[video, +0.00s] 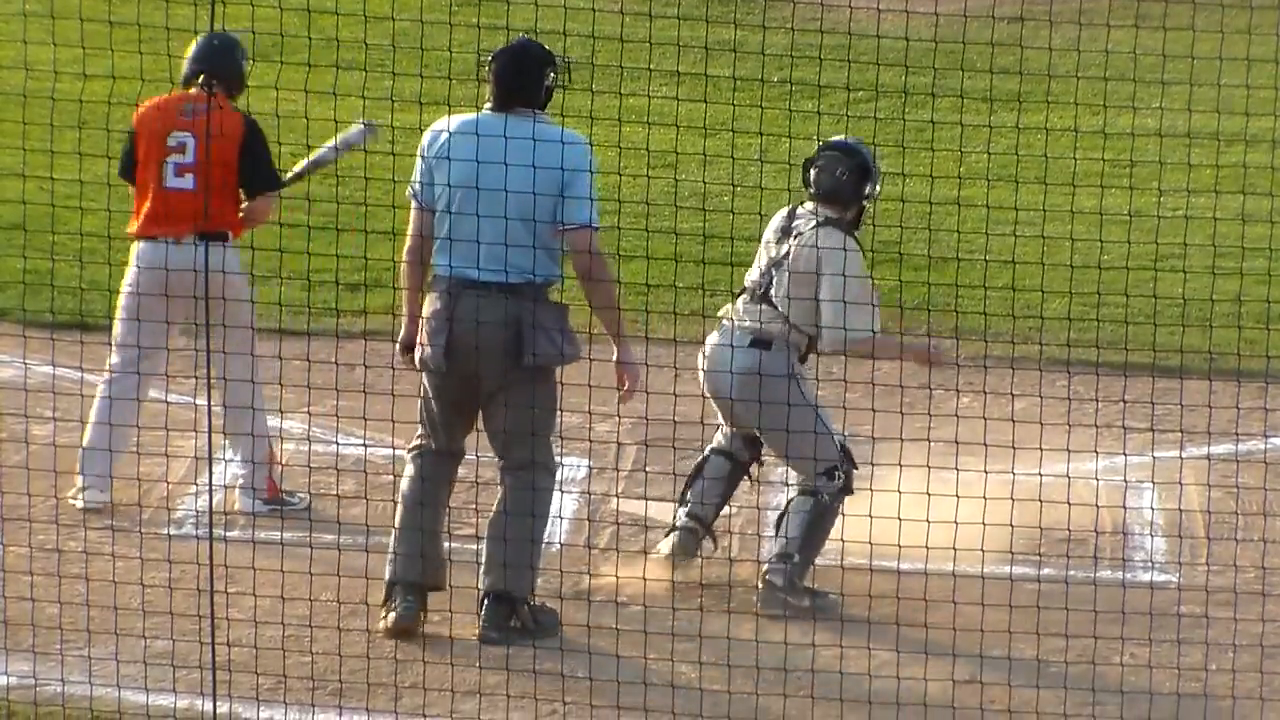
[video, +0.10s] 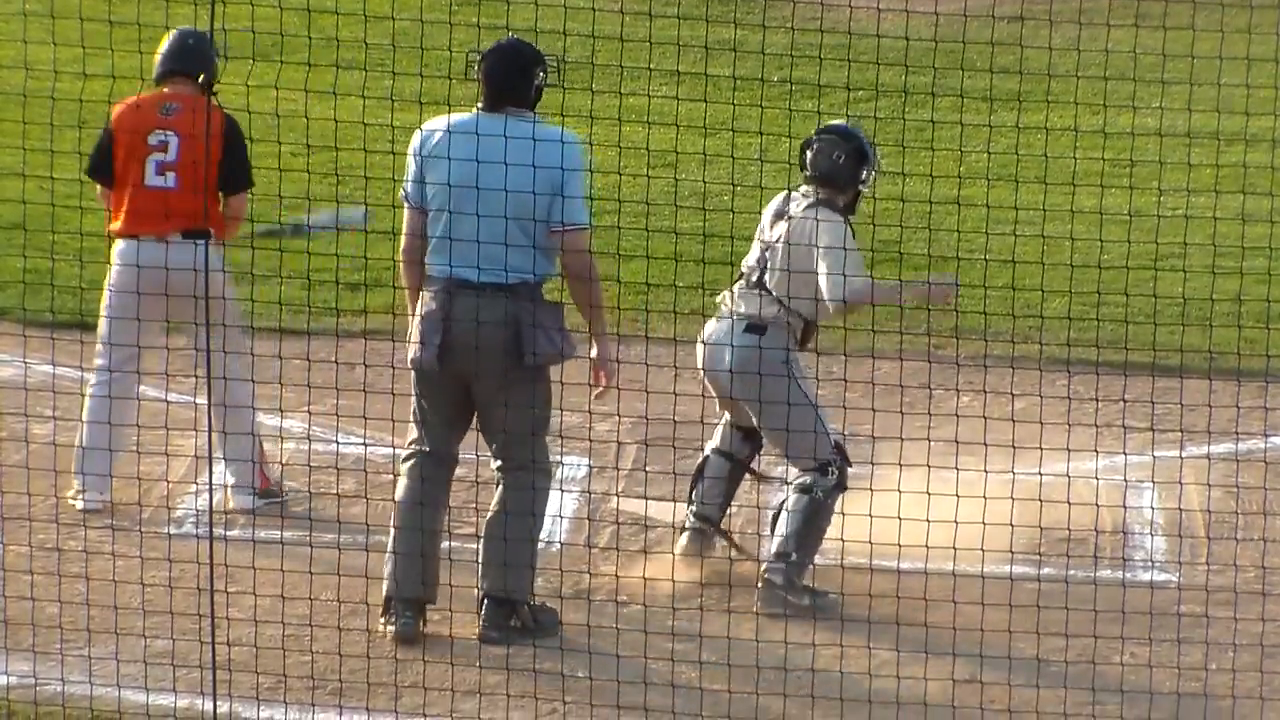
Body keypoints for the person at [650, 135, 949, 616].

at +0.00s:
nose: (864, 203)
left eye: (864, 193)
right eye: (864, 194)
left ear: (813, 184)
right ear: (858, 199)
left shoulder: (783, 219)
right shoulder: (836, 245)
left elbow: (775, 294)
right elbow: (849, 338)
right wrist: (914, 351)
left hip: (716, 356)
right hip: (763, 369)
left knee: (746, 431)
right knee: (831, 471)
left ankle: (684, 534)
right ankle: (782, 583)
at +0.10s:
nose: (863, 184)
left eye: (863, 175)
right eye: (862, 175)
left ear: (812, 169)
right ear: (852, 178)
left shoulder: (781, 202)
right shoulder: (828, 223)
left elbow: (766, 268)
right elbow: (843, 293)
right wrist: (921, 291)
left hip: (714, 342)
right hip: (759, 352)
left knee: (744, 425)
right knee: (825, 466)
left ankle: (697, 535)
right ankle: (780, 582)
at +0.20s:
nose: (853, 171)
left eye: (853, 162)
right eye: (851, 162)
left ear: (801, 155)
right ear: (841, 164)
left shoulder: (776, 185)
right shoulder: (814, 199)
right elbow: (818, 229)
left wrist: (745, 248)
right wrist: (897, 222)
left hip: (713, 335)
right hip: (758, 342)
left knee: (743, 426)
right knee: (817, 464)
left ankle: (699, 532)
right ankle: (779, 581)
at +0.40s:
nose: (808, 130)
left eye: (806, 123)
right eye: (806, 124)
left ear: (751, 123)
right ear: (799, 132)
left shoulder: (704, 164)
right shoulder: (801, 191)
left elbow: (657, 217)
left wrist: (703, 238)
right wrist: (841, 155)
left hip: (710, 300)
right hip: (766, 305)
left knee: (714, 413)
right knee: (781, 432)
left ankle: (694, 524)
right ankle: (779, 553)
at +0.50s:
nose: (778, 107)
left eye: (773, 99)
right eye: (776, 100)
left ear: (721, 106)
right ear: (771, 107)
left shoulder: (685, 161)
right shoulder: (791, 158)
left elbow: (645, 229)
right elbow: (883, 161)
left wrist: (693, 241)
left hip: (706, 291)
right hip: (764, 293)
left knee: (712, 415)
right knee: (777, 418)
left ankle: (693, 528)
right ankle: (772, 540)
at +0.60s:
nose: (757, 101)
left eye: (708, 95)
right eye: (754, 94)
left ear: (700, 102)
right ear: (754, 101)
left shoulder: (675, 165)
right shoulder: (788, 154)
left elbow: (655, 242)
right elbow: (817, 147)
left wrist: (706, 233)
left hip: (706, 288)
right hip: (764, 290)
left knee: (713, 414)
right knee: (777, 415)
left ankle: (694, 529)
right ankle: (760, 536)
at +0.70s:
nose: (703, 103)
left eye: (696, 95)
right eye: (738, 95)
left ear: (692, 103)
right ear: (743, 101)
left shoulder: (672, 166)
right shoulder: (772, 153)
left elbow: (657, 243)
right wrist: (675, 161)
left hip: (709, 287)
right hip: (769, 285)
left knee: (710, 413)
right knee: (775, 412)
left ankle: (695, 526)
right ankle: (760, 529)